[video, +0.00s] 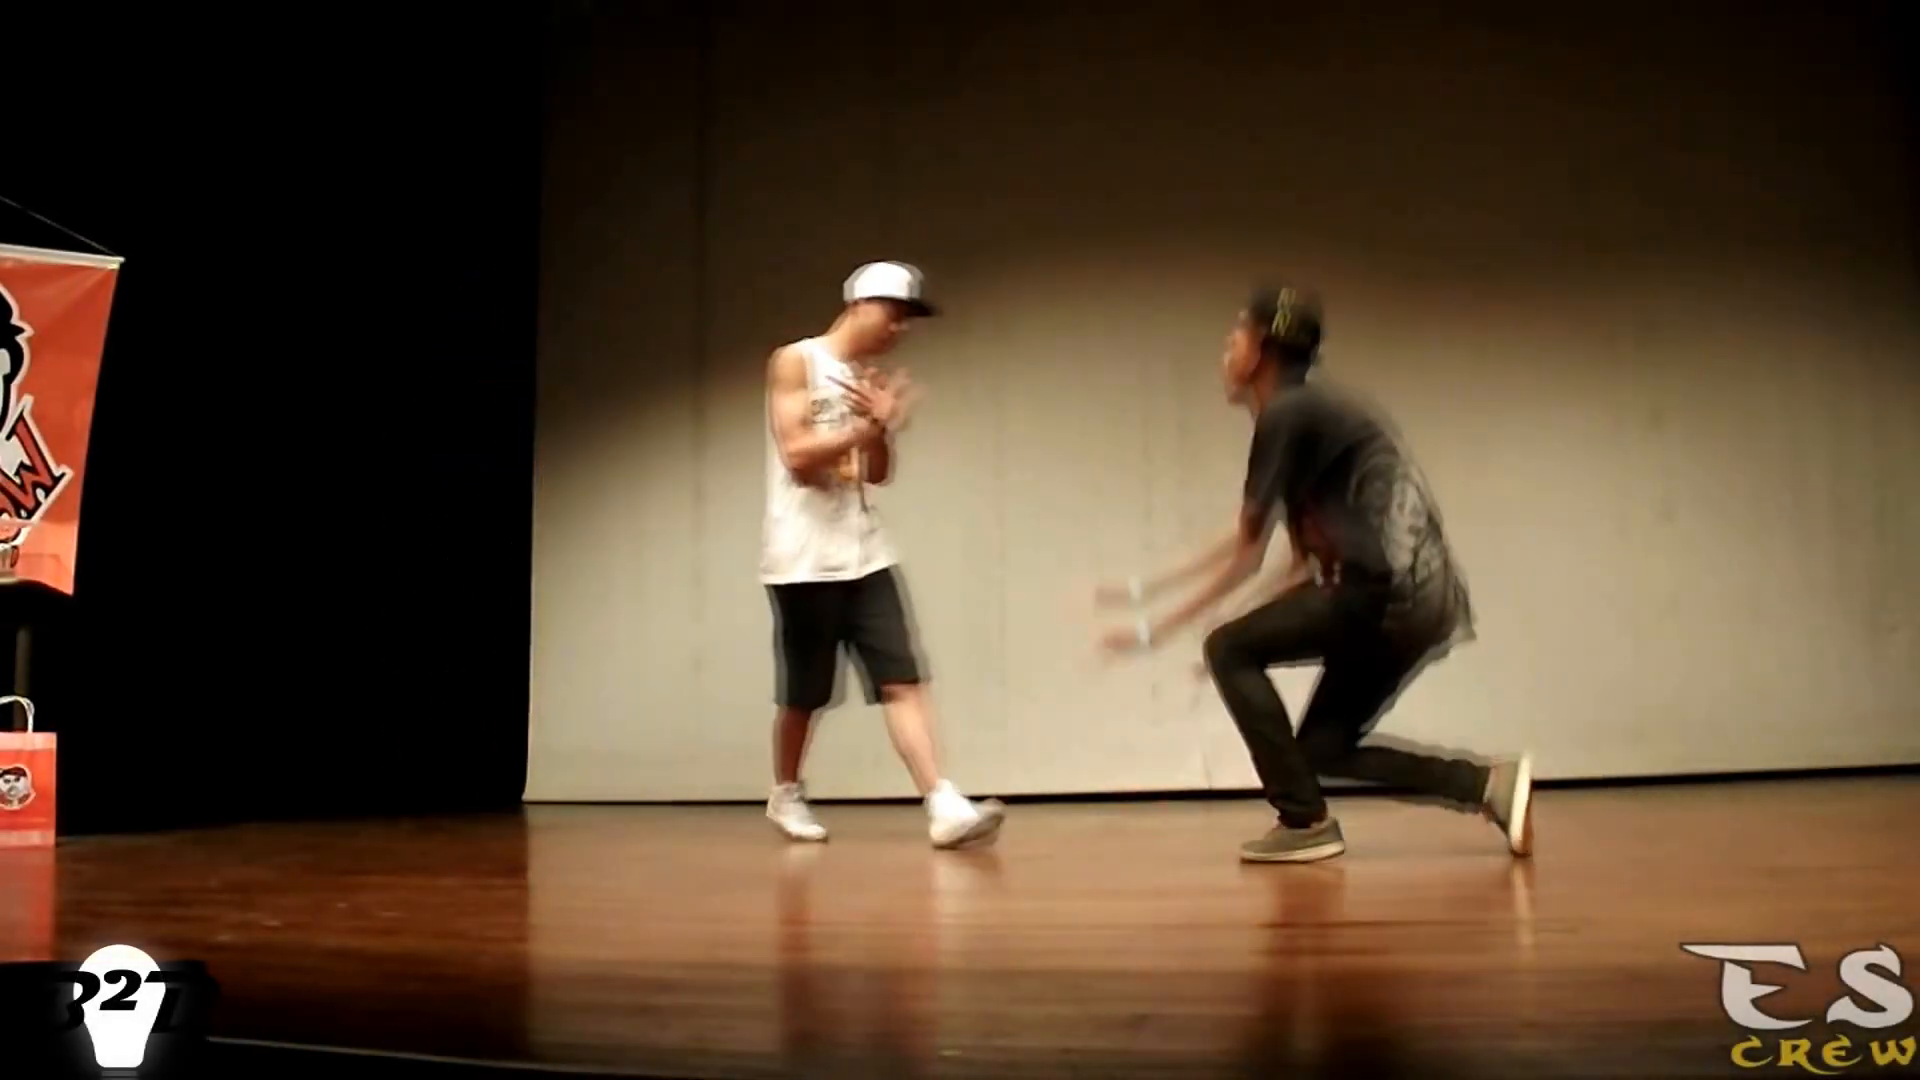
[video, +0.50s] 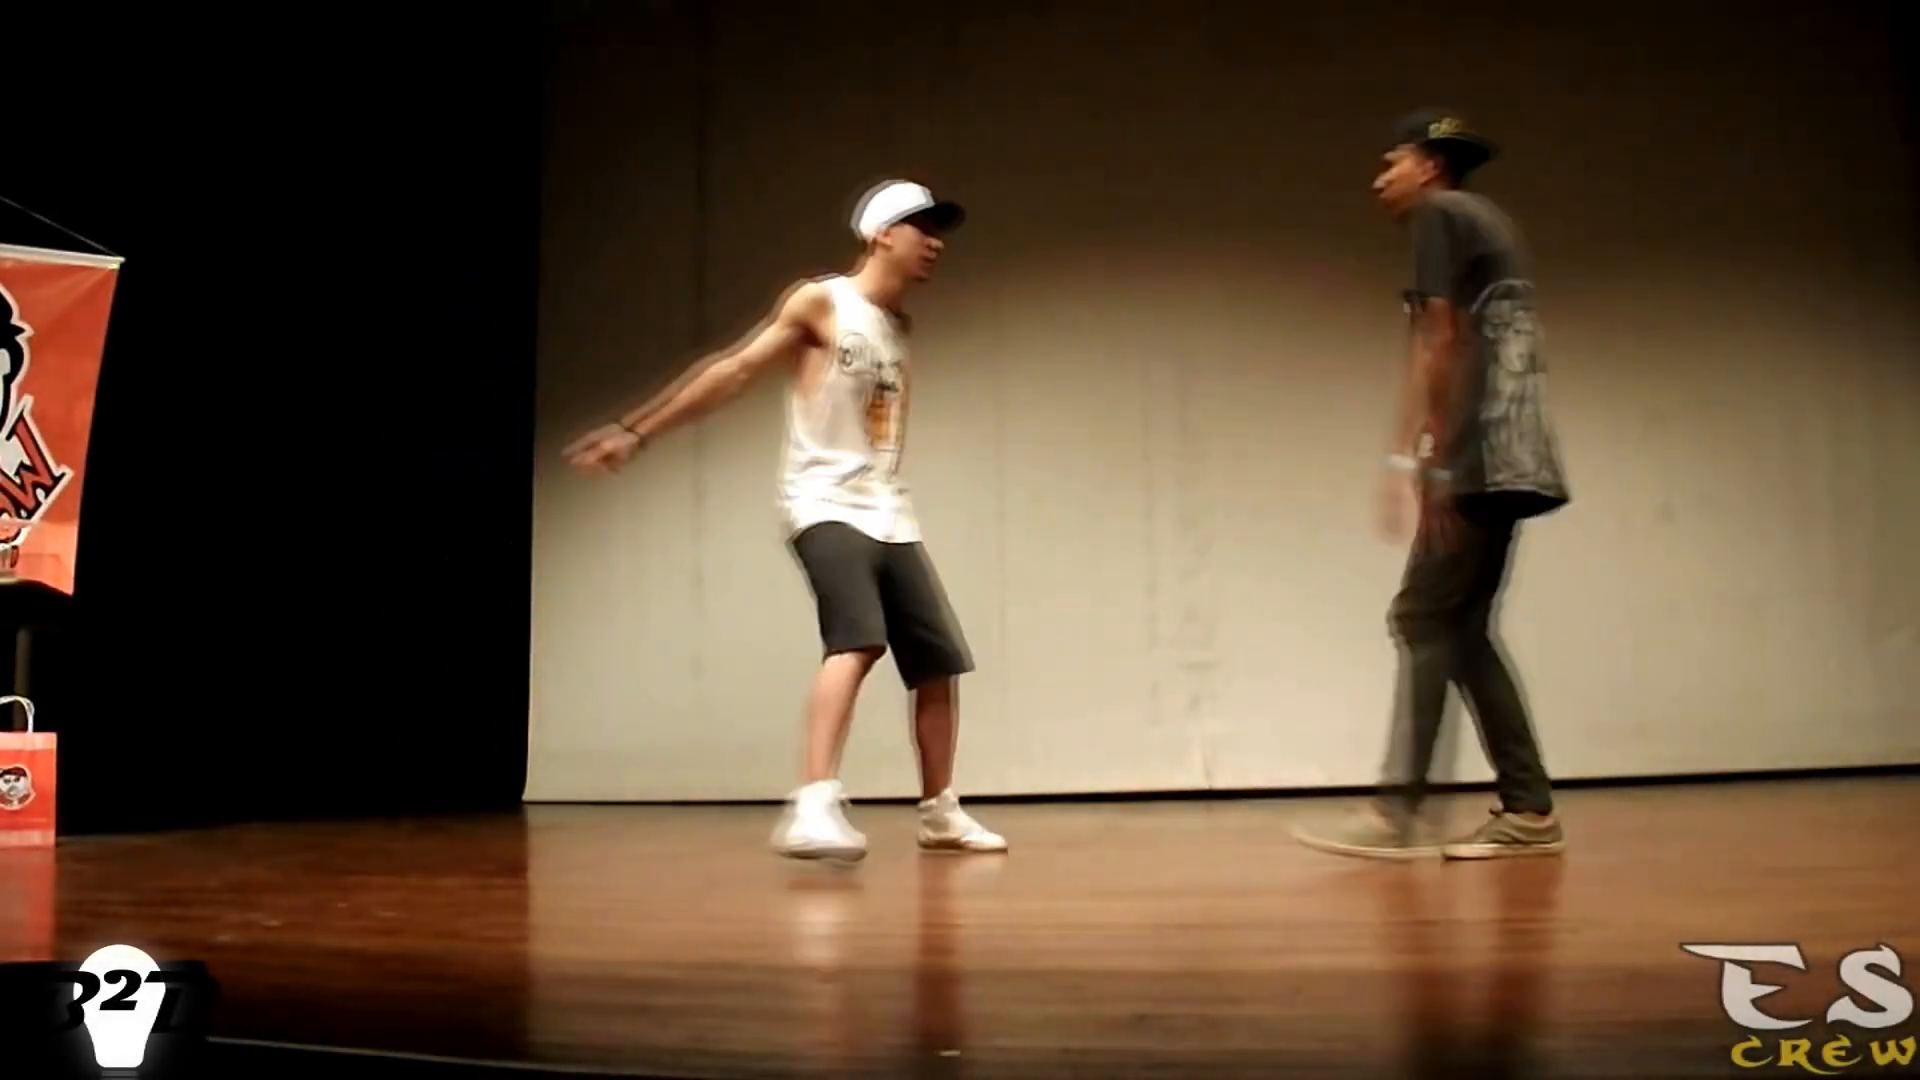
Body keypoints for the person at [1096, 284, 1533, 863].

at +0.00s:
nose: (1227, 350)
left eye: (1237, 335)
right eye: (1233, 334)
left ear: (1262, 348)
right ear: (1291, 349)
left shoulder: (1286, 414)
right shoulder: (1325, 410)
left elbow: (1243, 551)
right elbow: (1308, 569)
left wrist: (1151, 627)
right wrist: (1229, 646)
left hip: (1382, 595)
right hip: (1423, 603)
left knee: (1229, 648)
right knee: (1320, 751)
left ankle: (1305, 822)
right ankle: (1484, 785)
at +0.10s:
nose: (1241, 302)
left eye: (1253, 286)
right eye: (1247, 286)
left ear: (1284, 294)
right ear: (1301, 298)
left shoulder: (1302, 357)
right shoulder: (1333, 359)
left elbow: (1228, 463)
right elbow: (1291, 488)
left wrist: (1123, 510)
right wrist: (1230, 547)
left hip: (1388, 556)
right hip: (1423, 559)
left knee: (1245, 643)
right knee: (1325, 710)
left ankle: (1307, 820)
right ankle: (1487, 761)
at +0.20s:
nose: (1271, 253)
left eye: (1283, 239)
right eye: (1278, 238)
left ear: (1312, 246)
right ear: (1328, 250)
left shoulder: (1329, 300)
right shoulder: (1362, 309)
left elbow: (1243, 388)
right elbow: (1304, 431)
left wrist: (1134, 436)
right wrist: (1243, 497)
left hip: (1404, 515)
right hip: (1440, 520)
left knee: (1277, 633)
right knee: (1336, 675)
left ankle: (1311, 823)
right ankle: (1485, 771)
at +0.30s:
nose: (1309, 211)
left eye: (1321, 198)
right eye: (1315, 198)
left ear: (1352, 203)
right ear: (1366, 207)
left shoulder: (1367, 249)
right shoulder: (1392, 258)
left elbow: (1299, 346)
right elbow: (1344, 393)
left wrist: (1186, 407)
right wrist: (1287, 479)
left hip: (1430, 485)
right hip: (1454, 483)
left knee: (1334, 628)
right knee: (1374, 647)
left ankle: (1319, 825)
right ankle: (1508, 791)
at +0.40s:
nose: (1348, 191)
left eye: (1359, 178)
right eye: (1350, 180)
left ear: (1396, 177)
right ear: (1407, 181)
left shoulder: (1399, 219)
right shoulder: (1431, 229)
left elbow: (1370, 327)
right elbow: (1385, 378)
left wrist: (1280, 419)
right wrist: (1353, 487)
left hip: (1455, 476)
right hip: (1473, 475)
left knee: (1393, 634)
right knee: (1428, 640)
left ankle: (1336, 818)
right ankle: (1525, 805)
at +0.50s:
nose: (1383, 175)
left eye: (1395, 161)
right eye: (1386, 163)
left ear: (1434, 163)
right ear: (1443, 165)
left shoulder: (1440, 214)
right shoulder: (1480, 218)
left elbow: (1445, 342)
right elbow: (1480, 351)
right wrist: (1440, 459)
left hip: (1471, 467)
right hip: (1501, 467)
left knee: (1421, 621)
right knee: (1465, 630)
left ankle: (1396, 813)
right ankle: (1529, 809)